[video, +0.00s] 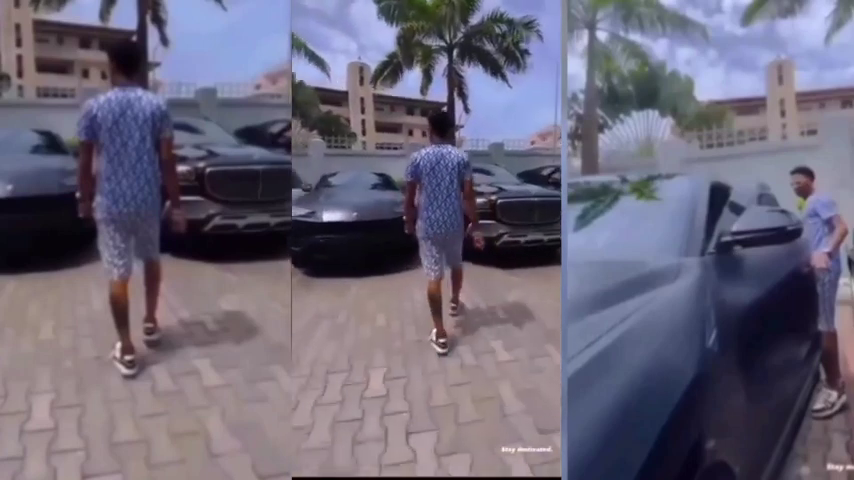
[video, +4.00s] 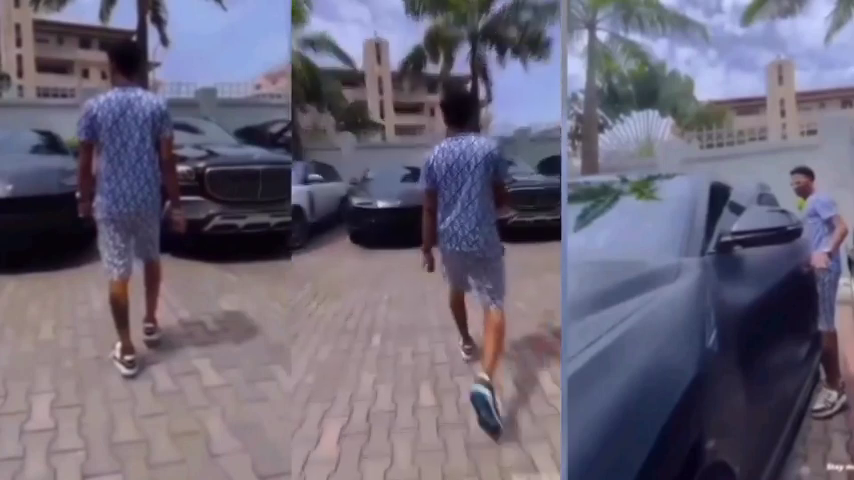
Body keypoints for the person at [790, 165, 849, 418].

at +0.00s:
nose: (796, 188)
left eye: (799, 183)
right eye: (794, 185)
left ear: (811, 181)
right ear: (796, 185)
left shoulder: (821, 201)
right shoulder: (808, 206)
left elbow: (841, 228)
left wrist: (827, 252)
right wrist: (809, 256)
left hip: (825, 269)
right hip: (814, 269)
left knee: (825, 327)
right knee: (821, 327)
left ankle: (835, 388)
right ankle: (831, 385)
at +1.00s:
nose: (796, 188)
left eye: (799, 183)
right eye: (794, 185)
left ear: (811, 181)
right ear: (796, 185)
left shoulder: (821, 201)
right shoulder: (808, 206)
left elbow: (841, 228)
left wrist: (827, 252)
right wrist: (809, 256)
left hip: (825, 268)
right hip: (814, 269)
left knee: (825, 327)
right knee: (821, 327)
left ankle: (835, 388)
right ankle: (831, 385)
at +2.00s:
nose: (796, 188)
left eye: (799, 183)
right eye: (794, 185)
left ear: (811, 181)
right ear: (796, 185)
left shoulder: (821, 201)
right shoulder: (808, 206)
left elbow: (841, 228)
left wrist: (827, 252)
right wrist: (809, 256)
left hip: (825, 269)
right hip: (814, 269)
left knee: (825, 328)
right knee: (821, 327)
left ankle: (835, 388)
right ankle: (831, 385)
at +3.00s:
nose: (796, 188)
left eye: (799, 183)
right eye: (794, 185)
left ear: (811, 181)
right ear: (796, 185)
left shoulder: (821, 201)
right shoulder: (808, 206)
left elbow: (841, 228)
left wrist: (827, 252)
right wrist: (809, 256)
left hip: (825, 269)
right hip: (814, 269)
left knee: (825, 328)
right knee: (821, 327)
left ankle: (835, 388)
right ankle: (831, 385)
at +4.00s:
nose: (796, 187)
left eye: (799, 183)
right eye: (793, 184)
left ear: (811, 181)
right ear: (797, 185)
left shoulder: (821, 201)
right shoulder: (809, 205)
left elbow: (842, 227)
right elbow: (820, 234)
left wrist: (827, 253)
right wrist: (810, 255)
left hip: (825, 268)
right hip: (815, 268)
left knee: (825, 327)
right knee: (822, 327)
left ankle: (834, 388)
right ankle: (830, 385)